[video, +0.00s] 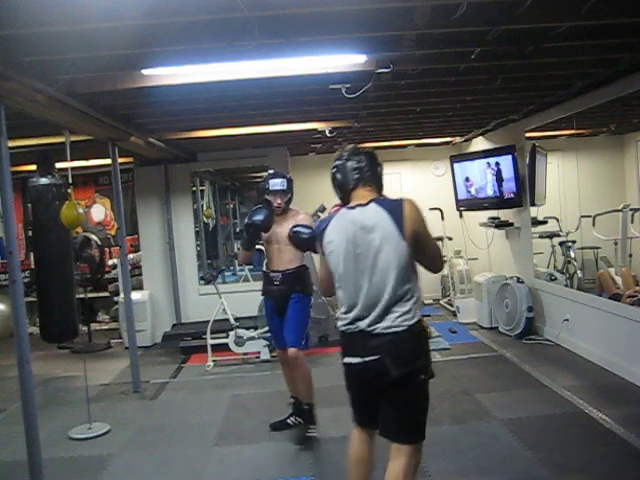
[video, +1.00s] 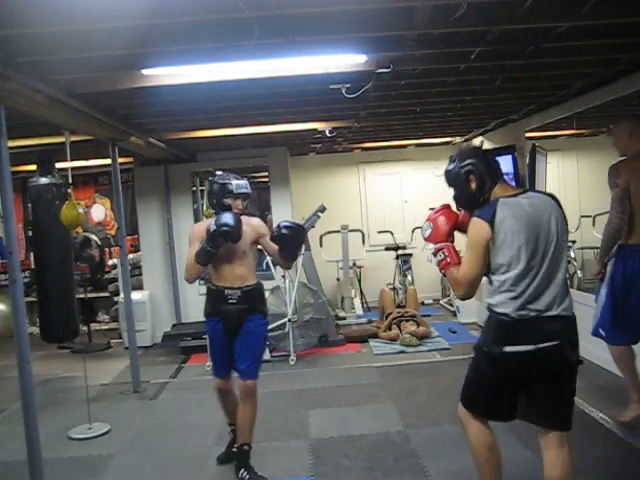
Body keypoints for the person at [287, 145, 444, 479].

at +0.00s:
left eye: (339, 179)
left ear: (340, 184)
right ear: (379, 176)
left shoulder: (329, 228)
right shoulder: (404, 210)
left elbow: (326, 288)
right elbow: (435, 263)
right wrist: (403, 234)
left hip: (355, 349)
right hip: (403, 346)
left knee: (361, 429)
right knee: (404, 448)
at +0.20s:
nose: (357, 186)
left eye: (357, 181)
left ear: (360, 186)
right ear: (398, 179)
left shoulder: (348, 226)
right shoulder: (428, 215)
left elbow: (337, 286)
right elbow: (448, 272)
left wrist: (343, 238)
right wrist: (419, 242)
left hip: (373, 353)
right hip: (423, 350)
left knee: (383, 433)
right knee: (450, 441)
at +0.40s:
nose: (376, 186)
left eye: (376, 180)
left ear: (383, 183)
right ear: (419, 178)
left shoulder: (376, 221)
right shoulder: (458, 210)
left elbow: (366, 284)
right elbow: (470, 273)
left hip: (406, 349)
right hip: (460, 344)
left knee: (399, 435)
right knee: (495, 434)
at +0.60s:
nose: (416, 191)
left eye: (417, 184)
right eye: (417, 183)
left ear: (425, 186)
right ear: (461, 180)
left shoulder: (427, 233)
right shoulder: (504, 215)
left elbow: (404, 292)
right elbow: (504, 270)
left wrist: (405, 257)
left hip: (460, 359)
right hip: (516, 353)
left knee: (429, 442)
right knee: (541, 444)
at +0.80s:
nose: (452, 187)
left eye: (452, 178)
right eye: (450, 179)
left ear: (466, 173)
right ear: (497, 168)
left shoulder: (463, 219)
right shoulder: (542, 204)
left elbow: (445, 288)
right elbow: (539, 260)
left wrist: (425, 254)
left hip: (491, 351)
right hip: (547, 345)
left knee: (467, 432)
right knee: (553, 442)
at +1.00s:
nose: (457, 197)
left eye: (456, 188)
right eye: (454, 190)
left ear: (473, 179)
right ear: (495, 174)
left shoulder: (487, 218)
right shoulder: (551, 204)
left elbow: (463, 288)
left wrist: (441, 247)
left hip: (507, 339)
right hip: (559, 335)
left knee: (472, 412)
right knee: (554, 436)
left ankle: (492, 475)